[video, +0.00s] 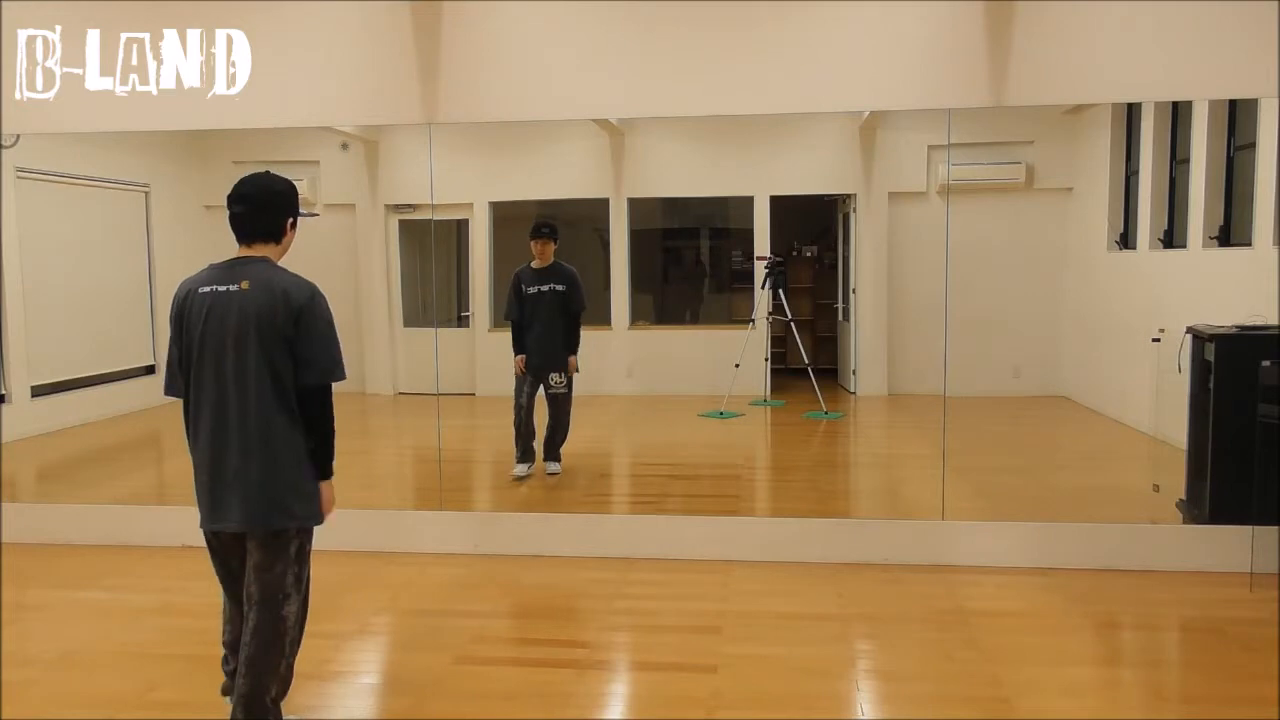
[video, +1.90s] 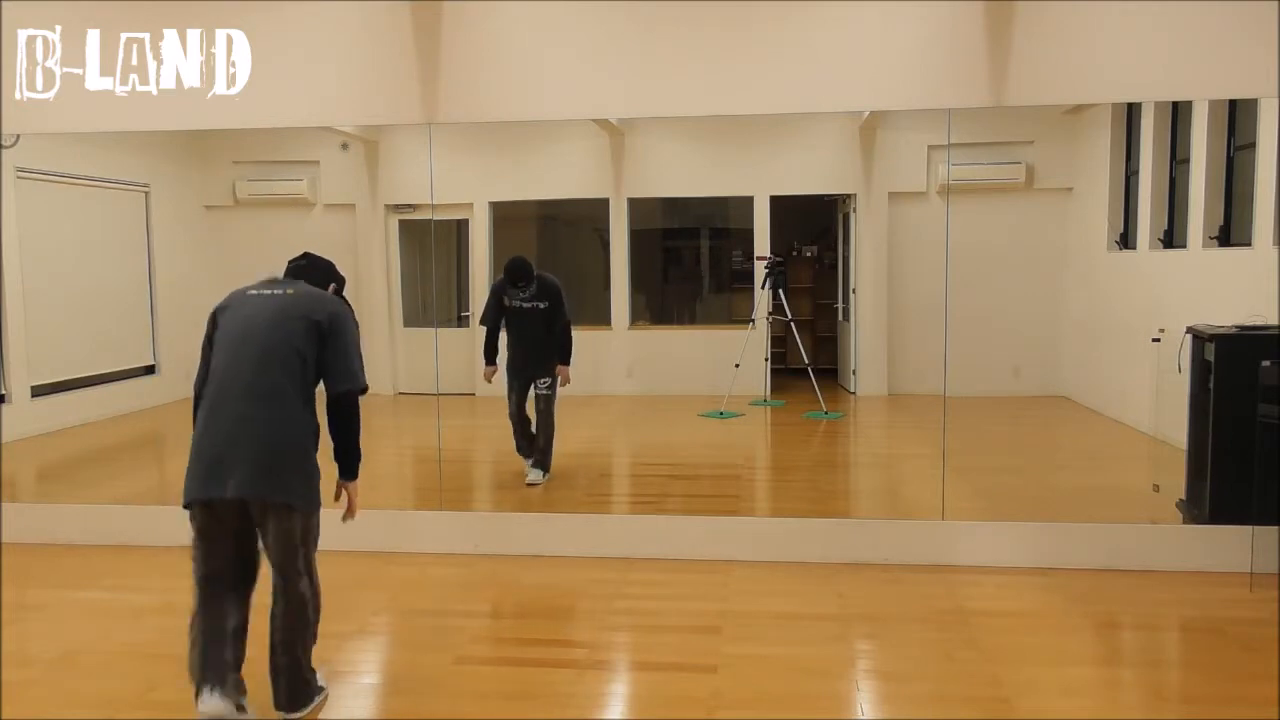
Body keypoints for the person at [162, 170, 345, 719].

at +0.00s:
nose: (295, 229)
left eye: (296, 220)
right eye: (295, 221)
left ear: (233, 225)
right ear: (287, 227)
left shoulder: (191, 292)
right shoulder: (300, 296)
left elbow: (184, 390)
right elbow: (316, 397)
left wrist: (209, 457)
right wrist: (323, 474)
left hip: (215, 483)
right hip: (281, 484)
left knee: (237, 596)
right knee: (274, 607)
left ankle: (240, 691)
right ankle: (257, 710)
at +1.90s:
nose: (337, 304)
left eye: (338, 299)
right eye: (339, 299)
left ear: (289, 279)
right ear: (331, 289)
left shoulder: (231, 302)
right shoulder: (331, 308)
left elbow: (204, 387)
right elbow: (343, 396)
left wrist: (211, 452)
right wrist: (348, 469)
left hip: (212, 462)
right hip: (282, 462)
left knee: (218, 577)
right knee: (294, 578)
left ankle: (216, 688)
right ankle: (293, 692)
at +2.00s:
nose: (335, 318)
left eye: (337, 312)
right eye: (338, 311)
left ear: (289, 293)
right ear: (330, 300)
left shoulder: (239, 323)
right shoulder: (329, 331)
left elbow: (210, 414)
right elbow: (347, 416)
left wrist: (208, 495)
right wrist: (352, 497)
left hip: (228, 466)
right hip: (291, 468)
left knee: (256, 552)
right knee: (307, 587)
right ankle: (297, 692)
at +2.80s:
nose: (337, 291)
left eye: (338, 286)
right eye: (338, 285)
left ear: (289, 264)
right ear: (329, 275)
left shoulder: (237, 284)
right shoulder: (334, 294)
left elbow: (221, 361)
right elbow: (360, 378)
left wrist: (245, 414)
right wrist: (368, 443)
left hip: (233, 448)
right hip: (295, 451)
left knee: (257, 560)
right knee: (304, 571)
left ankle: (258, 649)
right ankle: (283, 688)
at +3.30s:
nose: (343, 288)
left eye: (341, 283)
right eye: (343, 282)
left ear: (289, 275)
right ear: (334, 279)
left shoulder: (244, 305)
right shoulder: (341, 310)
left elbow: (203, 379)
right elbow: (359, 377)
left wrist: (245, 381)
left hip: (246, 470)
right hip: (311, 468)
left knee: (248, 577)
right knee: (346, 557)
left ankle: (248, 676)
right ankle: (308, 625)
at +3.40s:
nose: (348, 268)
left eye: (346, 263)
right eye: (348, 262)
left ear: (293, 257)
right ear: (342, 261)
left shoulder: (250, 296)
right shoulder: (350, 292)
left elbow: (179, 346)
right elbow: (400, 330)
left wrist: (234, 335)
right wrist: (444, 341)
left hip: (261, 468)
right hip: (329, 467)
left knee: (254, 577)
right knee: (382, 563)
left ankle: (248, 676)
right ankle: (372, 661)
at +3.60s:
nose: (366, 268)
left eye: (365, 263)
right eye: (365, 261)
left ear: (309, 259)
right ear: (358, 260)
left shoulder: (271, 306)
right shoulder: (382, 299)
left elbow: (224, 358)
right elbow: (457, 345)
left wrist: (188, 381)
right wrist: (527, 374)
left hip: (302, 469)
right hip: (374, 468)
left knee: (305, 562)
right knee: (388, 581)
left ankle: (304, 660)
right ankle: (418, 709)